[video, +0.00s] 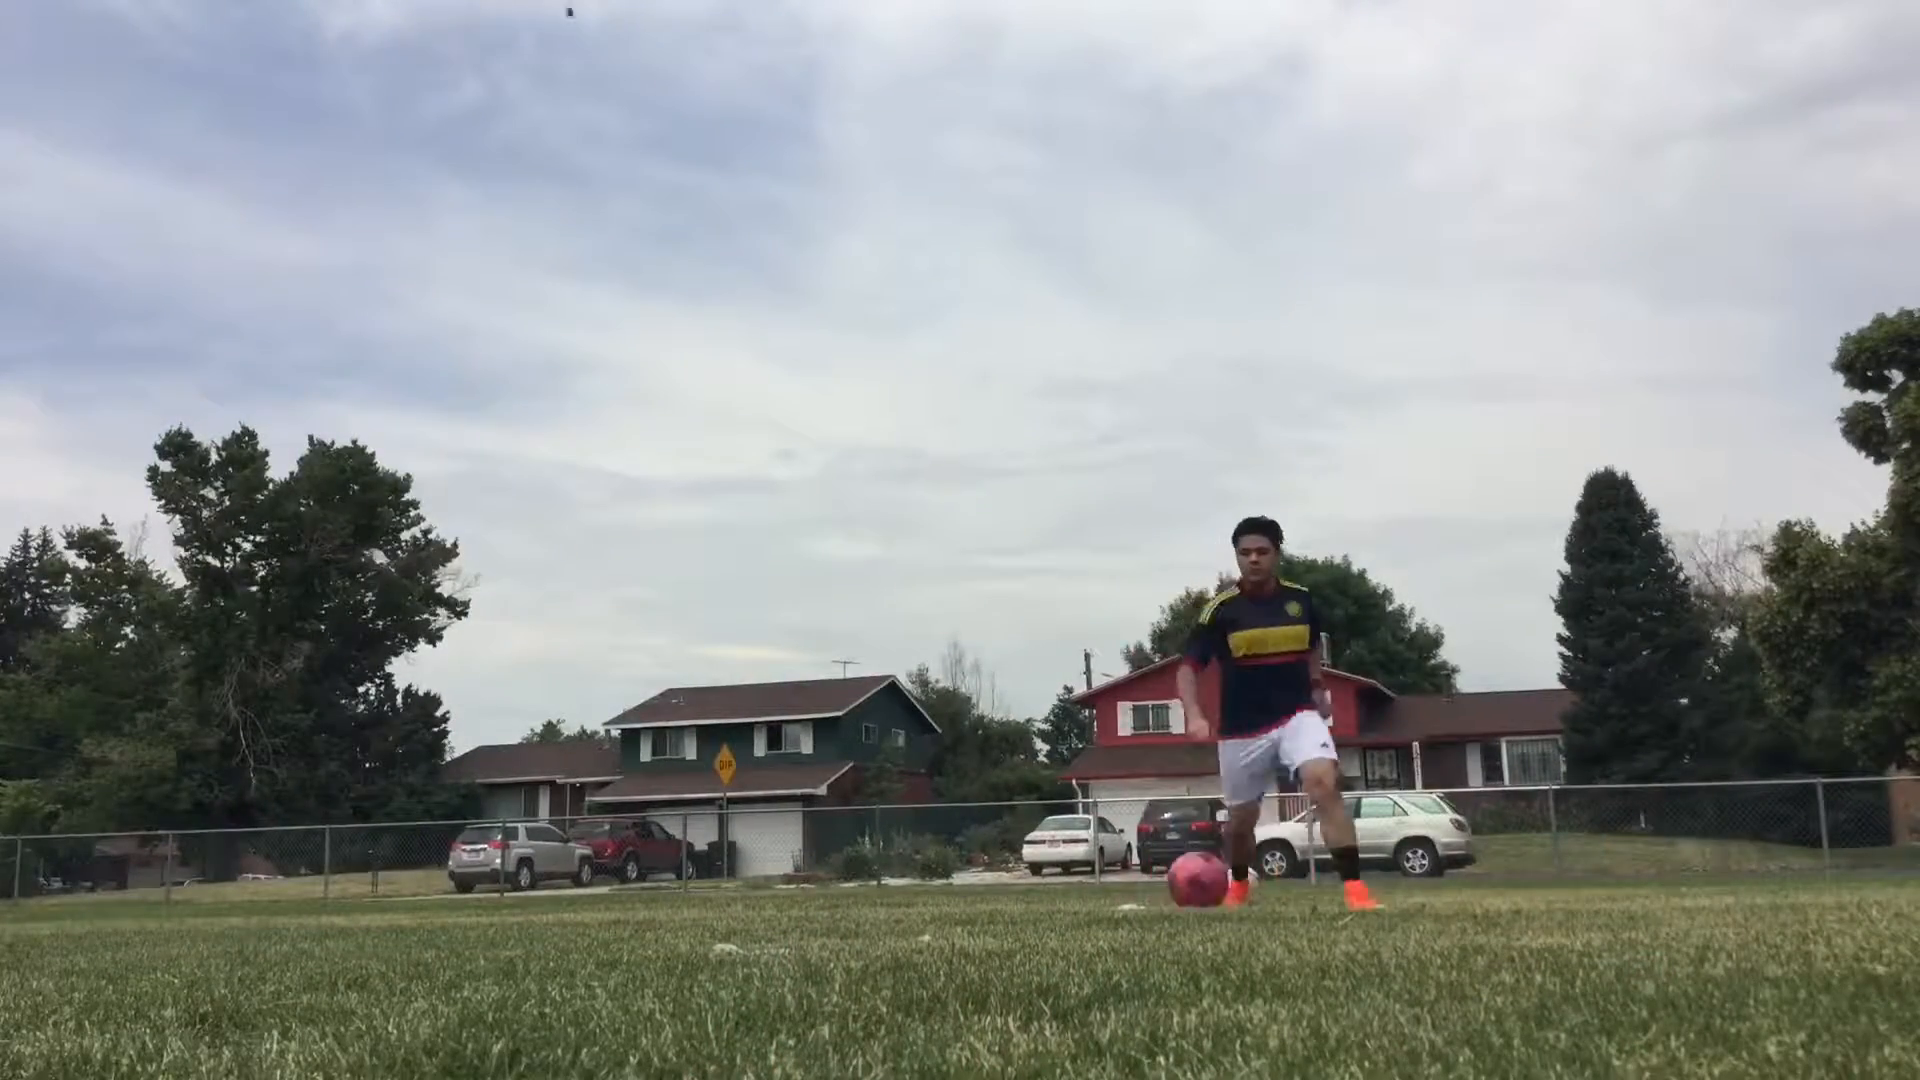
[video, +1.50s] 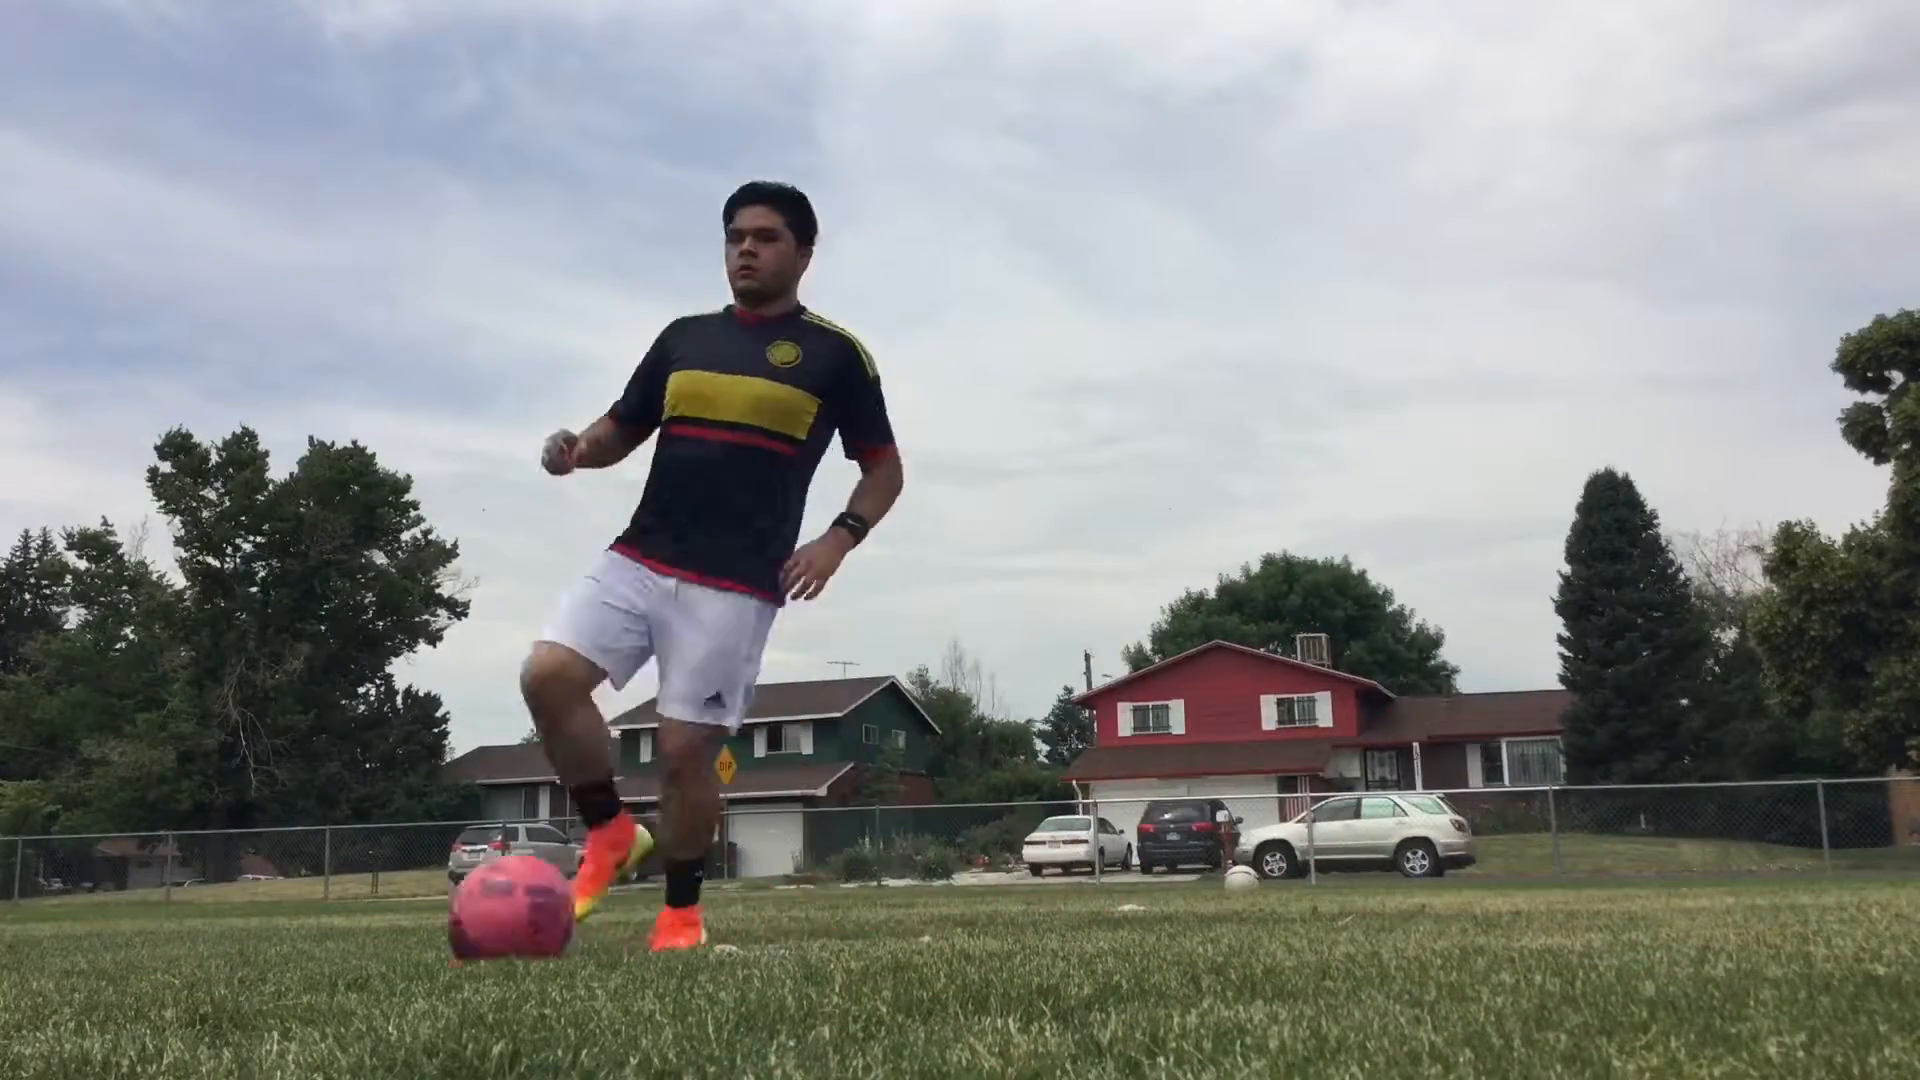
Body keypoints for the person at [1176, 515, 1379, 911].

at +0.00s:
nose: (1253, 558)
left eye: (1261, 551)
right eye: (1245, 552)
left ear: (1277, 554)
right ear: (1236, 557)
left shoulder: (1301, 601)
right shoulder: (1220, 610)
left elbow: (1313, 650)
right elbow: (1186, 668)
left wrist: (1319, 690)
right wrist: (1194, 714)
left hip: (1297, 716)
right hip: (1240, 729)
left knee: (1324, 785)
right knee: (1241, 818)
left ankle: (1354, 887)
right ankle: (1238, 886)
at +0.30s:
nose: (1253, 500)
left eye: (1263, 491)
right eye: (1244, 493)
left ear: (1284, 494)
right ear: (1235, 498)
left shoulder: (1316, 546)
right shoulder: (1218, 556)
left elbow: (1353, 598)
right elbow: (1195, 611)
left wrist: (1345, 638)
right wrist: (1209, 679)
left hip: (1316, 676)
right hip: (1255, 677)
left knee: (1339, 767)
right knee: (1271, 742)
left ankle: (1357, 881)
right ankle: (1319, 847)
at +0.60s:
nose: (1181, 473)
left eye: (1192, 463)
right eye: (1173, 465)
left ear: (1221, 465)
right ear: (1167, 470)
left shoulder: (1260, 518)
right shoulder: (1155, 542)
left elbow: (1317, 568)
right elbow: (1115, 609)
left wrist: (1310, 609)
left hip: (1277, 672)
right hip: (1209, 682)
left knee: (1314, 781)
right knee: (1223, 768)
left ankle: (1357, 865)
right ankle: (1271, 891)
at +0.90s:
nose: (1050, 403)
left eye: (1063, 391)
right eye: (1042, 392)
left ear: (1096, 392)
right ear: (1036, 397)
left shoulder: (1143, 456)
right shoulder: (1027, 477)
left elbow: (1192, 526)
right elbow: (991, 564)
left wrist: (1178, 573)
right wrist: (951, 575)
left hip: (1130, 630)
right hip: (1057, 636)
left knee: (1106, 742)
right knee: (1005, 744)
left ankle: (1099, 889)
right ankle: (1060, 859)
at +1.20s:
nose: (881, 340)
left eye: (896, 329)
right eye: (873, 329)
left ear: (932, 334)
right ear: (865, 336)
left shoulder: (971, 412)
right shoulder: (847, 422)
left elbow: (1029, 505)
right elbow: (832, 517)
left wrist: (1003, 585)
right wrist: (801, 576)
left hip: (932, 605)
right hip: (853, 609)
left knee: (895, 740)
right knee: (836, 746)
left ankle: (946, 859)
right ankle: (853, 906)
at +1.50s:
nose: (746, 250)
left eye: (765, 238)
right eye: (737, 238)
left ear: (804, 253)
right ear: (724, 250)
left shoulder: (837, 356)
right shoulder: (682, 340)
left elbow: (885, 468)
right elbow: (622, 429)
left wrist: (837, 540)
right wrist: (578, 449)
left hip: (735, 581)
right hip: (641, 557)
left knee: (683, 751)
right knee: (548, 678)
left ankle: (680, 910)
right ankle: (610, 828)